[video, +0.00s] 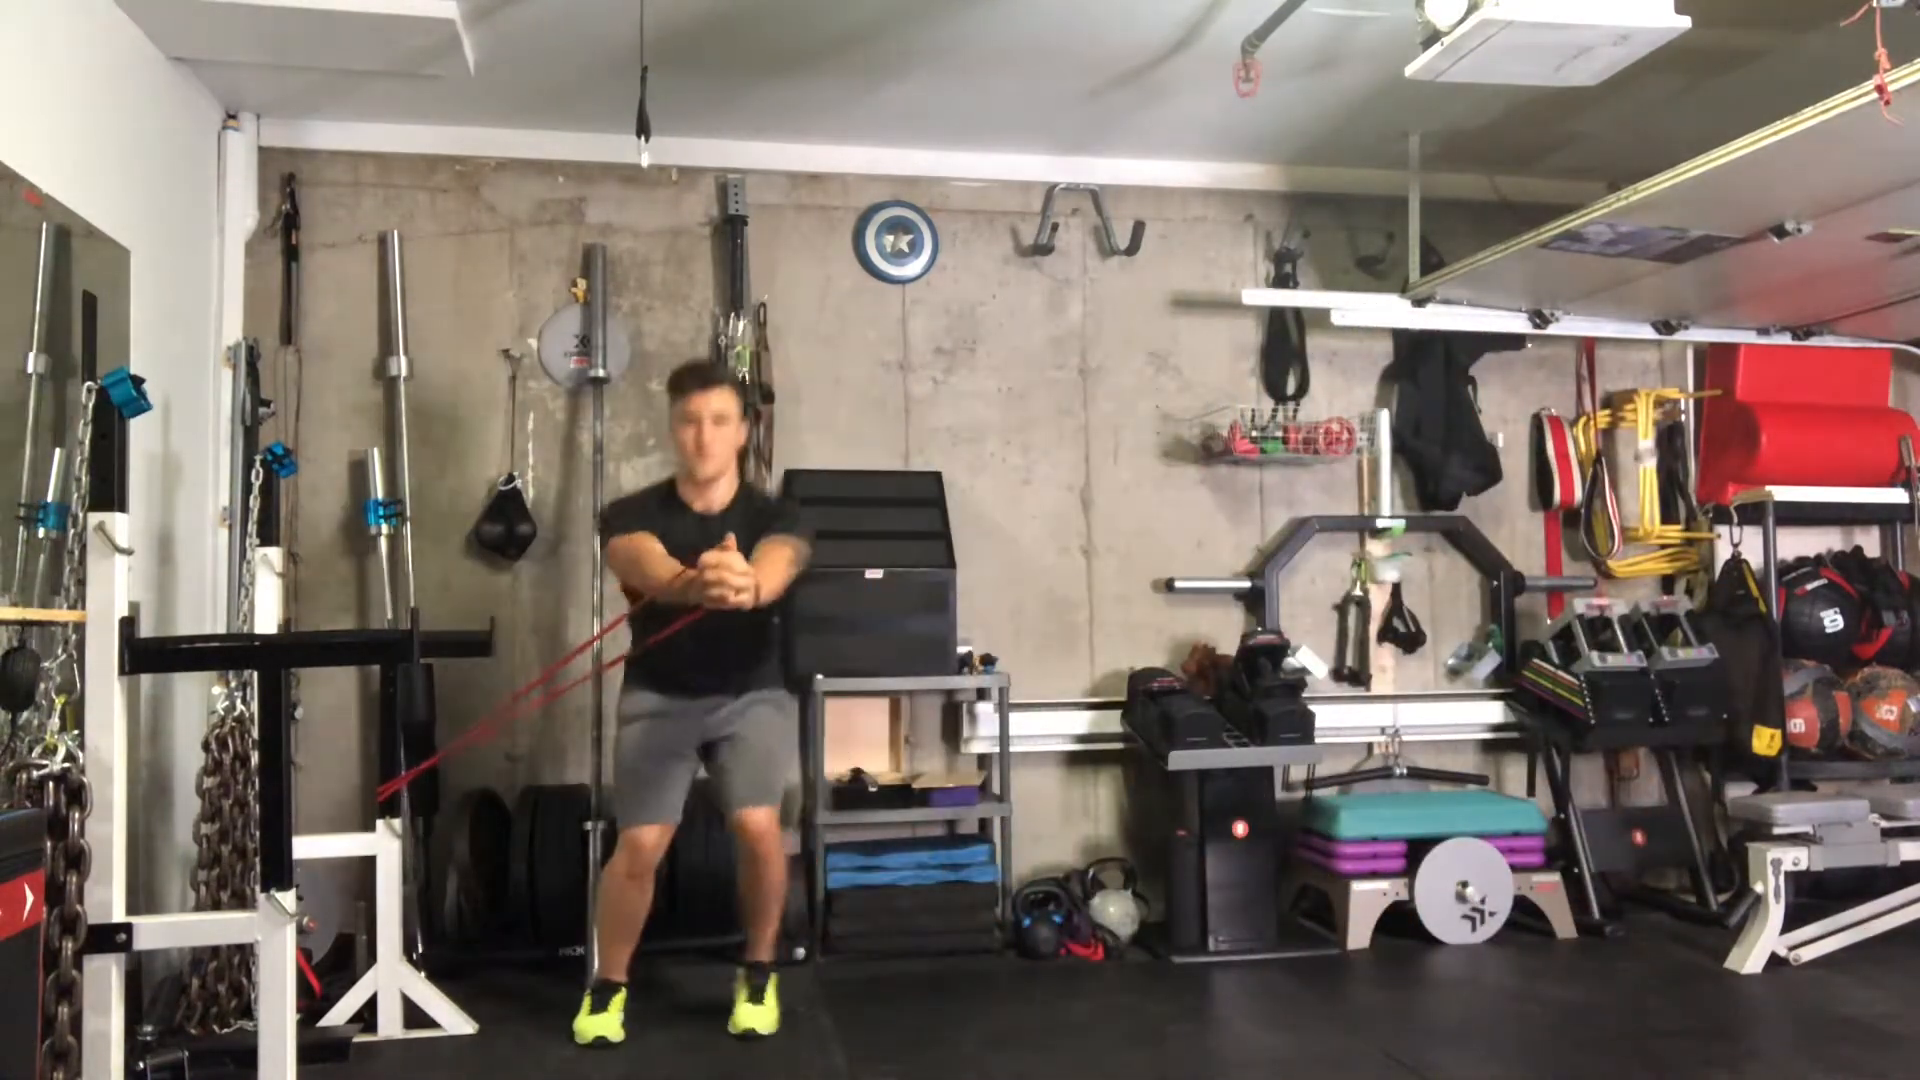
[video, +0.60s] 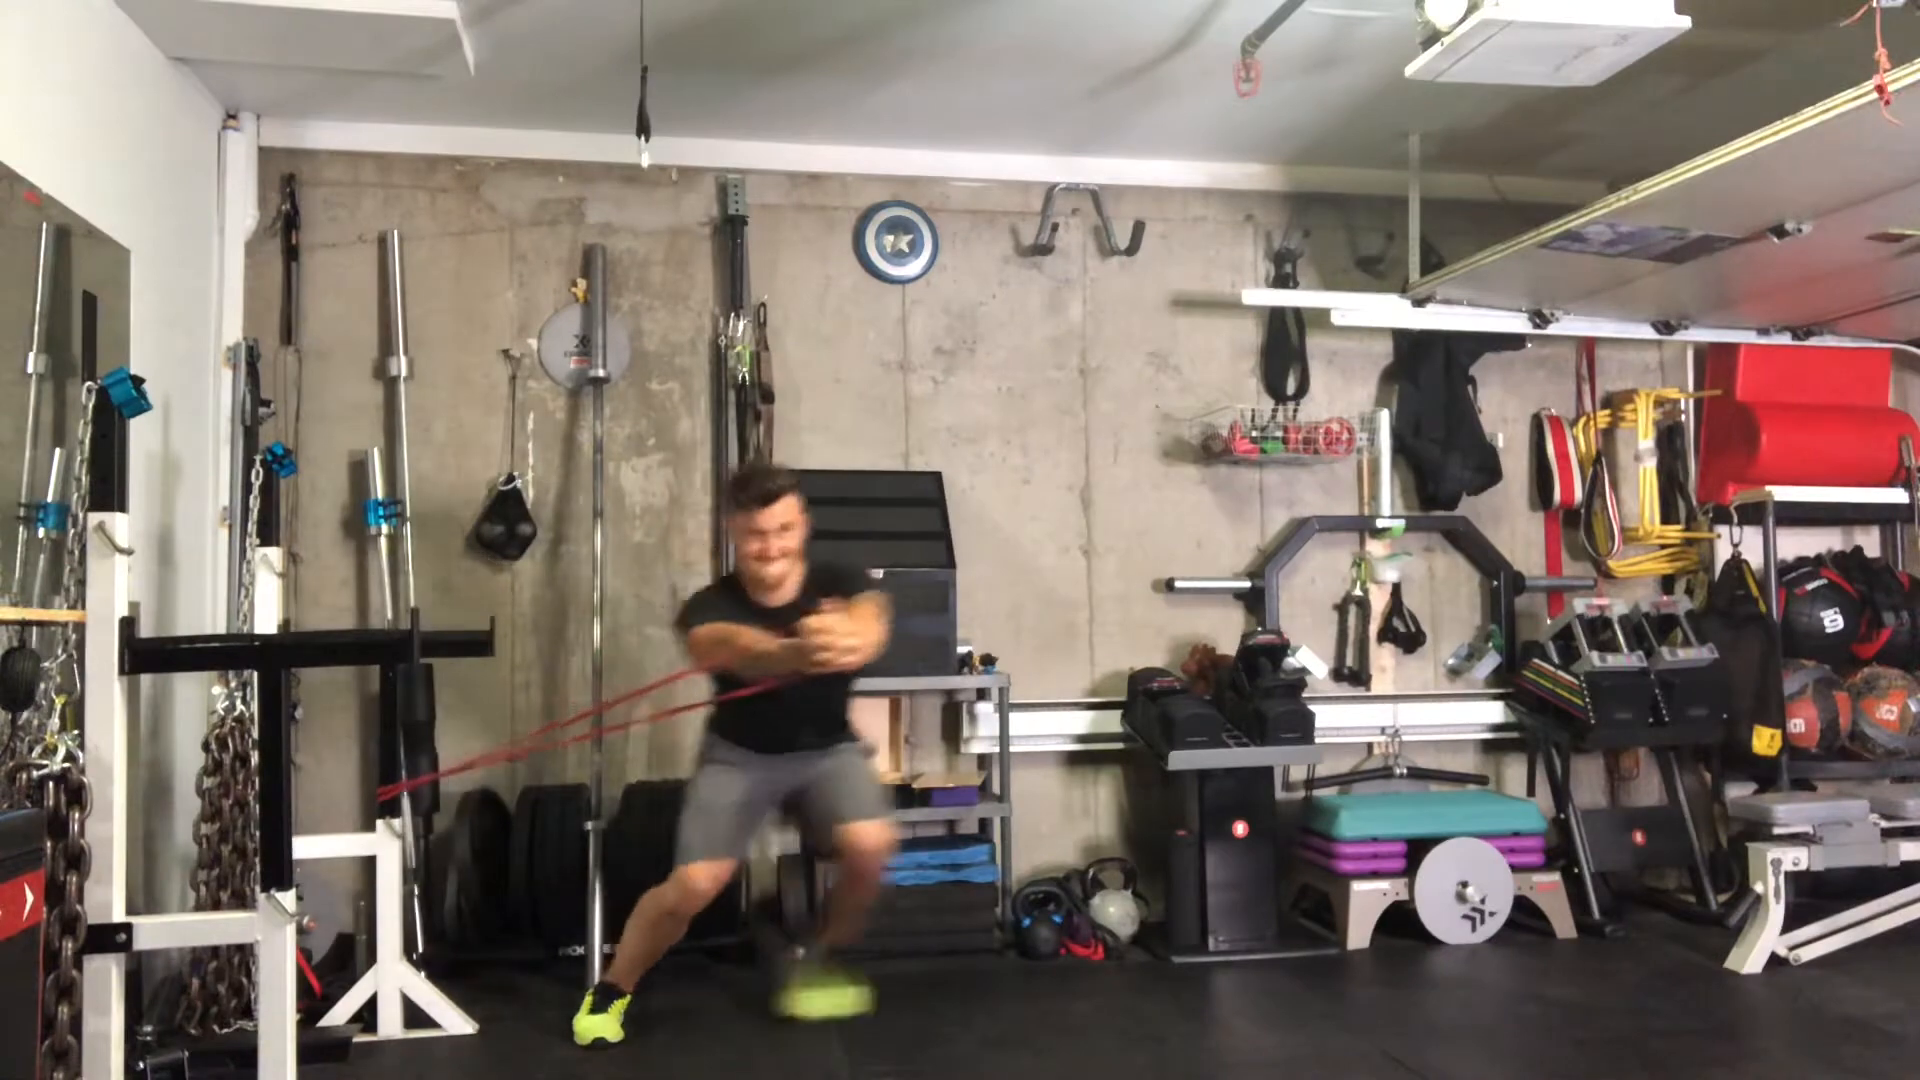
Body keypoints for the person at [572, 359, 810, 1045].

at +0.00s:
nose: (701, 434)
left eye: (717, 420)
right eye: (688, 421)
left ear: (745, 431)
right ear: (672, 432)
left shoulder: (777, 518)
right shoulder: (628, 516)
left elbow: (774, 569)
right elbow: (646, 574)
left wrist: (749, 583)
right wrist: (694, 582)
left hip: (752, 698)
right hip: (657, 702)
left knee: (756, 822)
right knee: (640, 843)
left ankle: (758, 974)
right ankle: (606, 990)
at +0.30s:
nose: (714, 534)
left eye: (727, 517)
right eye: (699, 518)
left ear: (750, 520)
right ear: (678, 521)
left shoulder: (778, 582)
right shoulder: (640, 589)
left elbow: (799, 617)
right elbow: (651, 626)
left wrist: (771, 629)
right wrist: (709, 630)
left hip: (750, 749)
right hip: (663, 745)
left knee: (721, 857)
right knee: (652, 859)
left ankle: (745, 981)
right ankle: (609, 990)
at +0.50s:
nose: (744, 553)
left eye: (756, 537)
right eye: (728, 539)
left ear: (775, 533)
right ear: (702, 539)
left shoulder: (807, 589)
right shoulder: (673, 608)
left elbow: (830, 624)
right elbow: (678, 650)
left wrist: (806, 646)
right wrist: (751, 654)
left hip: (789, 756)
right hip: (701, 755)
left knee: (779, 858)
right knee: (683, 874)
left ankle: (750, 978)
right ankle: (611, 990)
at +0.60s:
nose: (771, 547)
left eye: (784, 532)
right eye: (756, 534)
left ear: (804, 530)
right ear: (731, 536)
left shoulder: (840, 584)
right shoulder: (709, 608)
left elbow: (873, 620)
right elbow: (720, 652)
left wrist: (853, 637)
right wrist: (799, 653)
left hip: (827, 753)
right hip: (737, 758)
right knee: (695, 885)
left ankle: (821, 961)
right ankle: (613, 990)